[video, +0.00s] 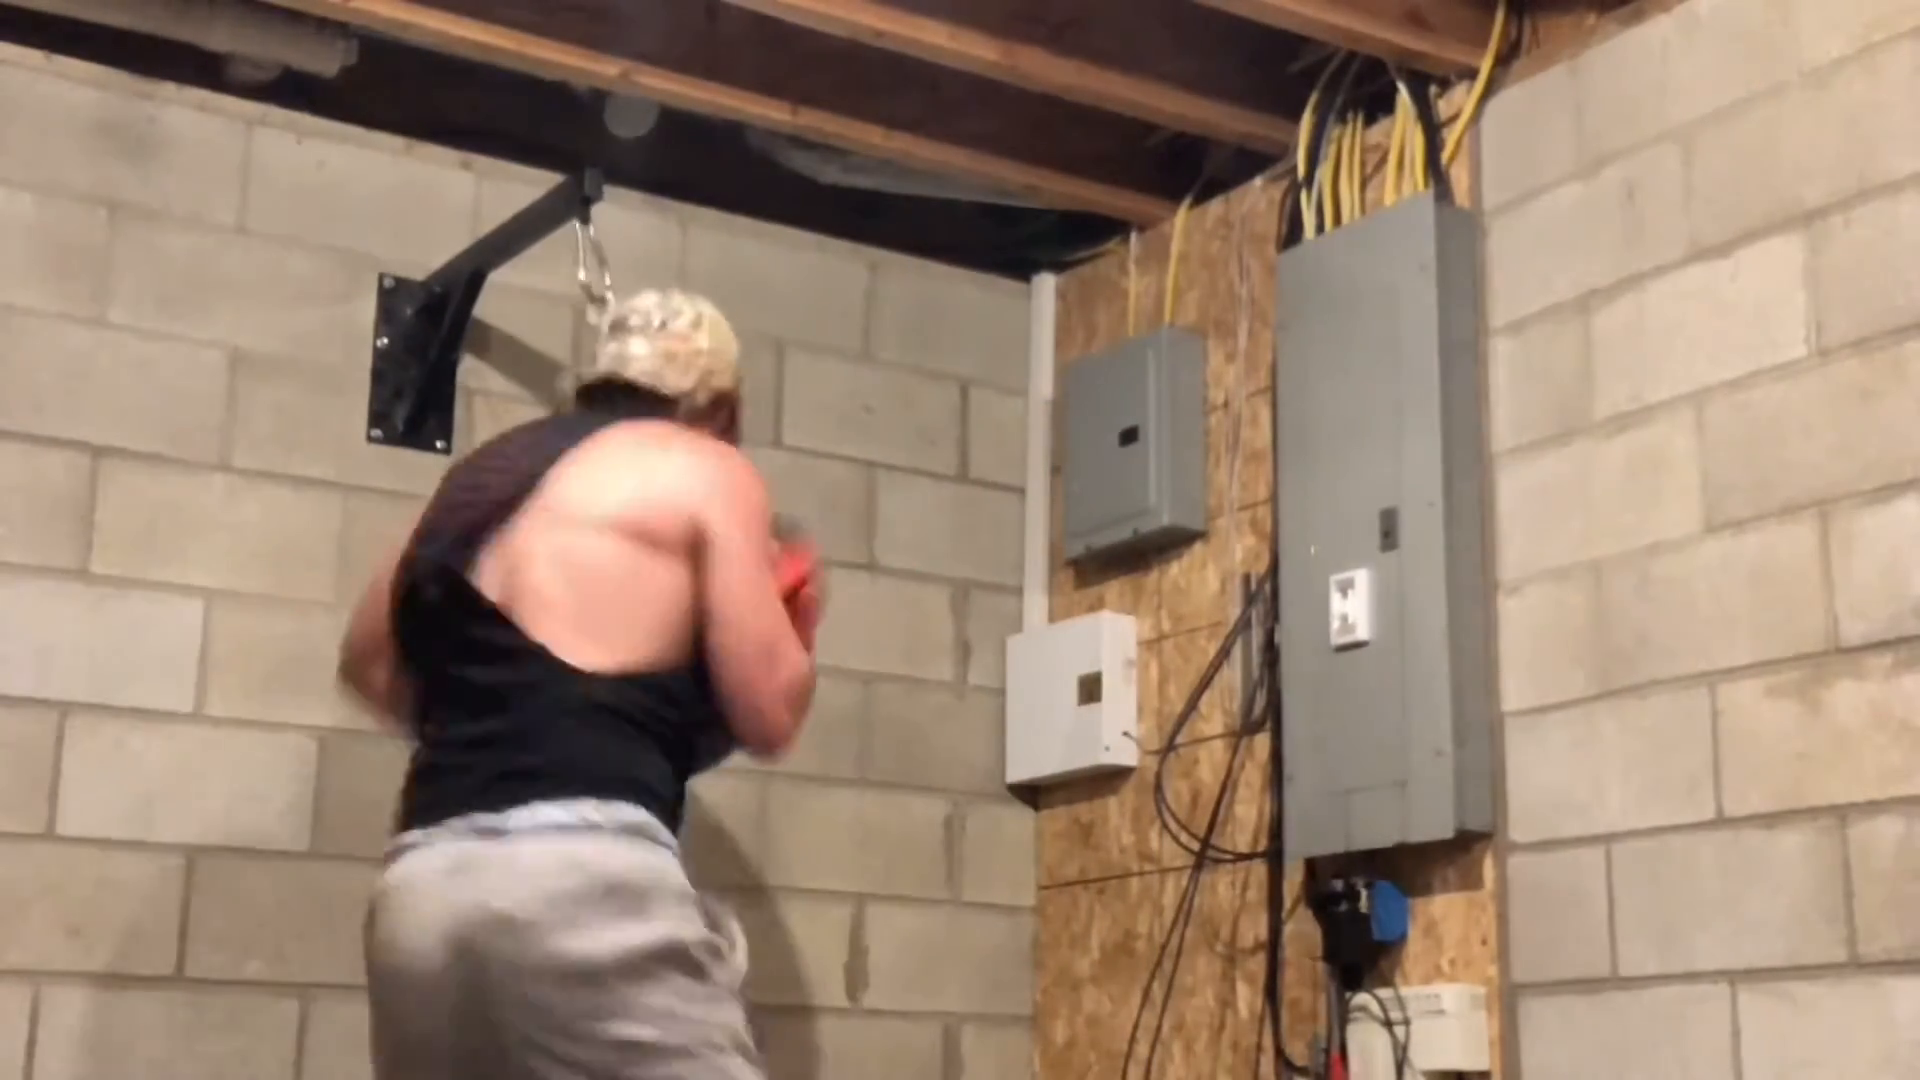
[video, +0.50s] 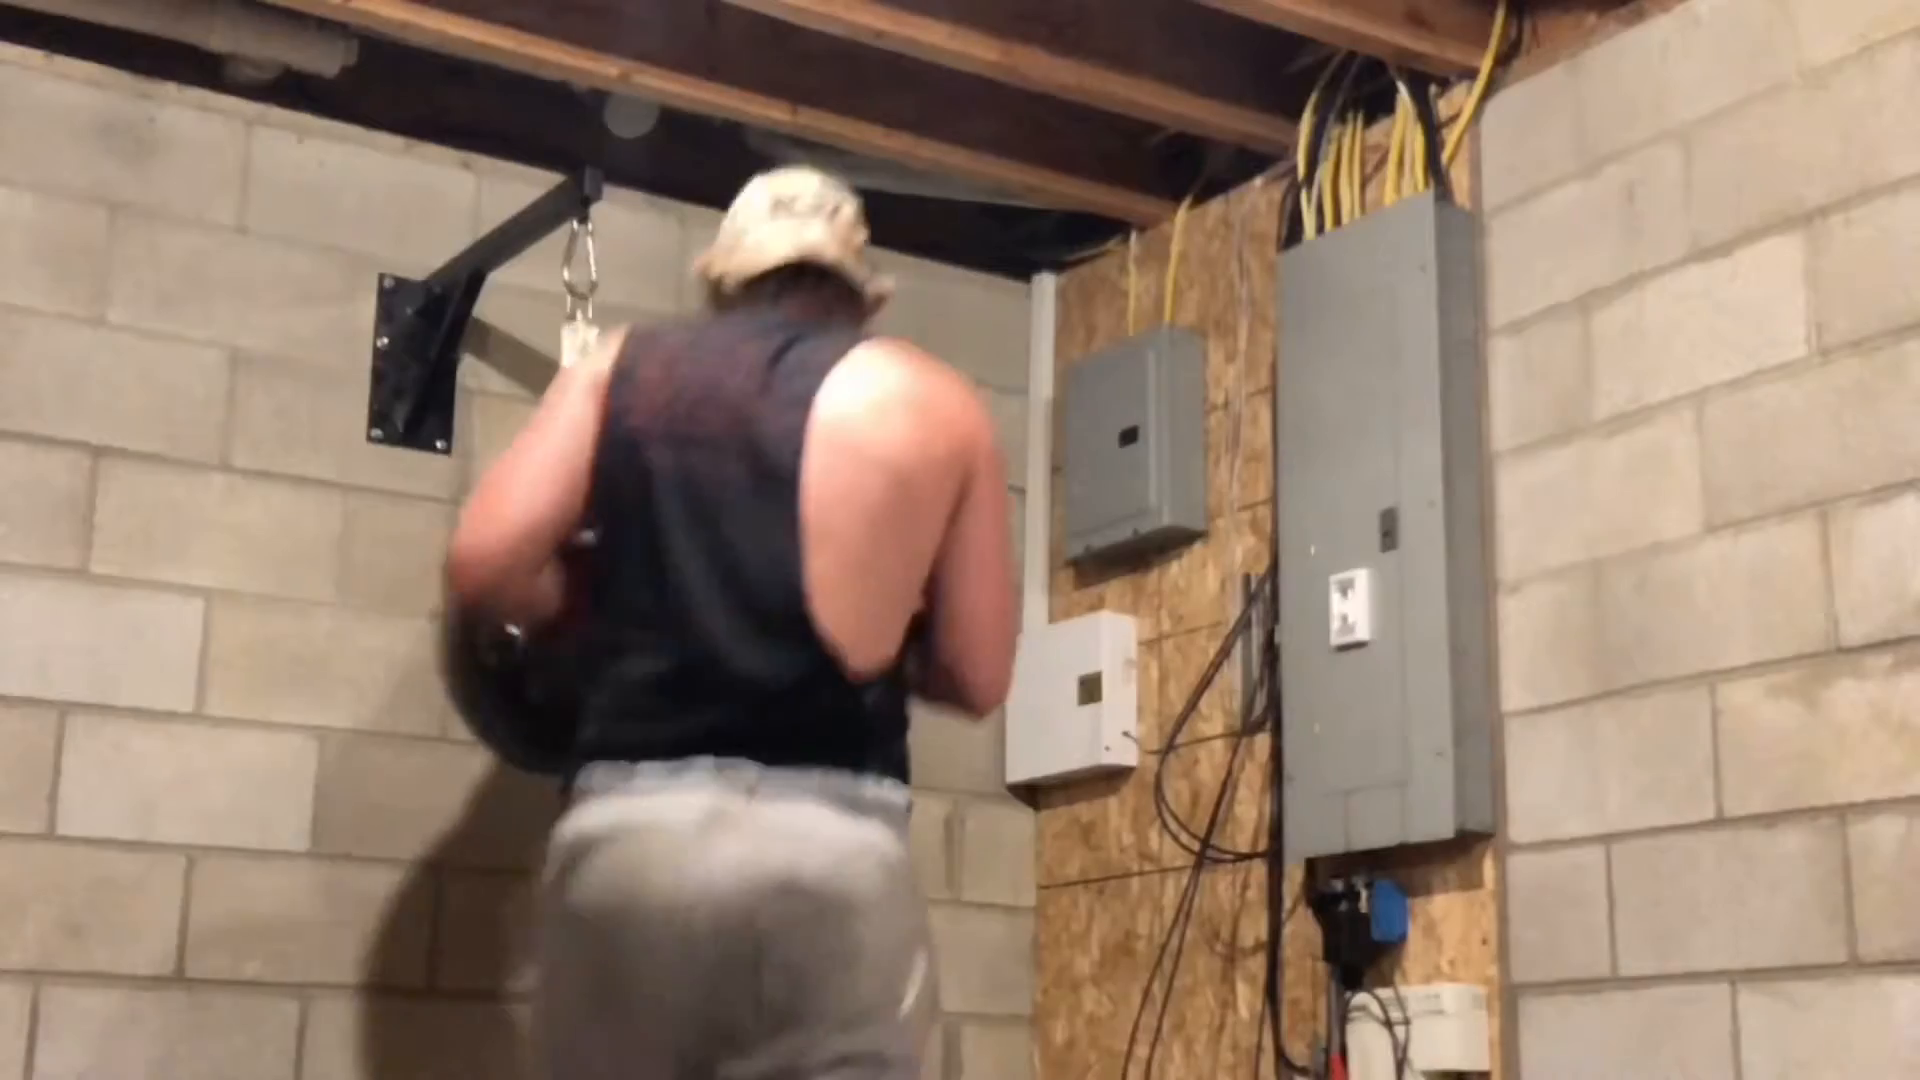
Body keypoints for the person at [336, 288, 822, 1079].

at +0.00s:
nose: (733, 437)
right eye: (734, 423)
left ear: (599, 384)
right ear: (716, 406)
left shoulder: (482, 472)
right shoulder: (710, 470)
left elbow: (369, 656)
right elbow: (769, 716)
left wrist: (481, 724)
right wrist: (792, 615)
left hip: (419, 887)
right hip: (591, 884)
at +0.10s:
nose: (730, 452)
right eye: (730, 440)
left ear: (587, 405)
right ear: (711, 425)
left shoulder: (457, 485)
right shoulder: (739, 497)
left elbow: (351, 707)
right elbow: (786, 759)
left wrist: (492, 756)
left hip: (440, 923)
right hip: (634, 923)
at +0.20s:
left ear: (606, 384)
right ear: (736, 398)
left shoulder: (471, 475)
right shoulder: (787, 489)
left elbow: (374, 683)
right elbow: (825, 755)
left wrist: (509, 739)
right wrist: (725, 673)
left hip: (495, 932)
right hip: (692, 936)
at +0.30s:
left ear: (644, 363)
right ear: (781, 375)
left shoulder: (522, 456)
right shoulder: (846, 471)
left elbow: (403, 656)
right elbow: (890, 743)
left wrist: (513, 713)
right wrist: (789, 668)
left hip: (558, 932)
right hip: (766, 922)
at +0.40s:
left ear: (690, 326)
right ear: (827, 336)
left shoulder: (575, 431)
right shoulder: (901, 454)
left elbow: (446, 625)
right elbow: (948, 727)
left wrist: (571, 686)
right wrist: (834, 657)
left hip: (608, 912)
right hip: (821, 914)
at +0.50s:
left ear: (720, 277)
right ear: (862, 289)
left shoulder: (615, 366)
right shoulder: (942, 404)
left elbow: (485, 559)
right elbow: (976, 678)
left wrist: (606, 600)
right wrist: (863, 615)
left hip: (630, 830)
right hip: (841, 842)